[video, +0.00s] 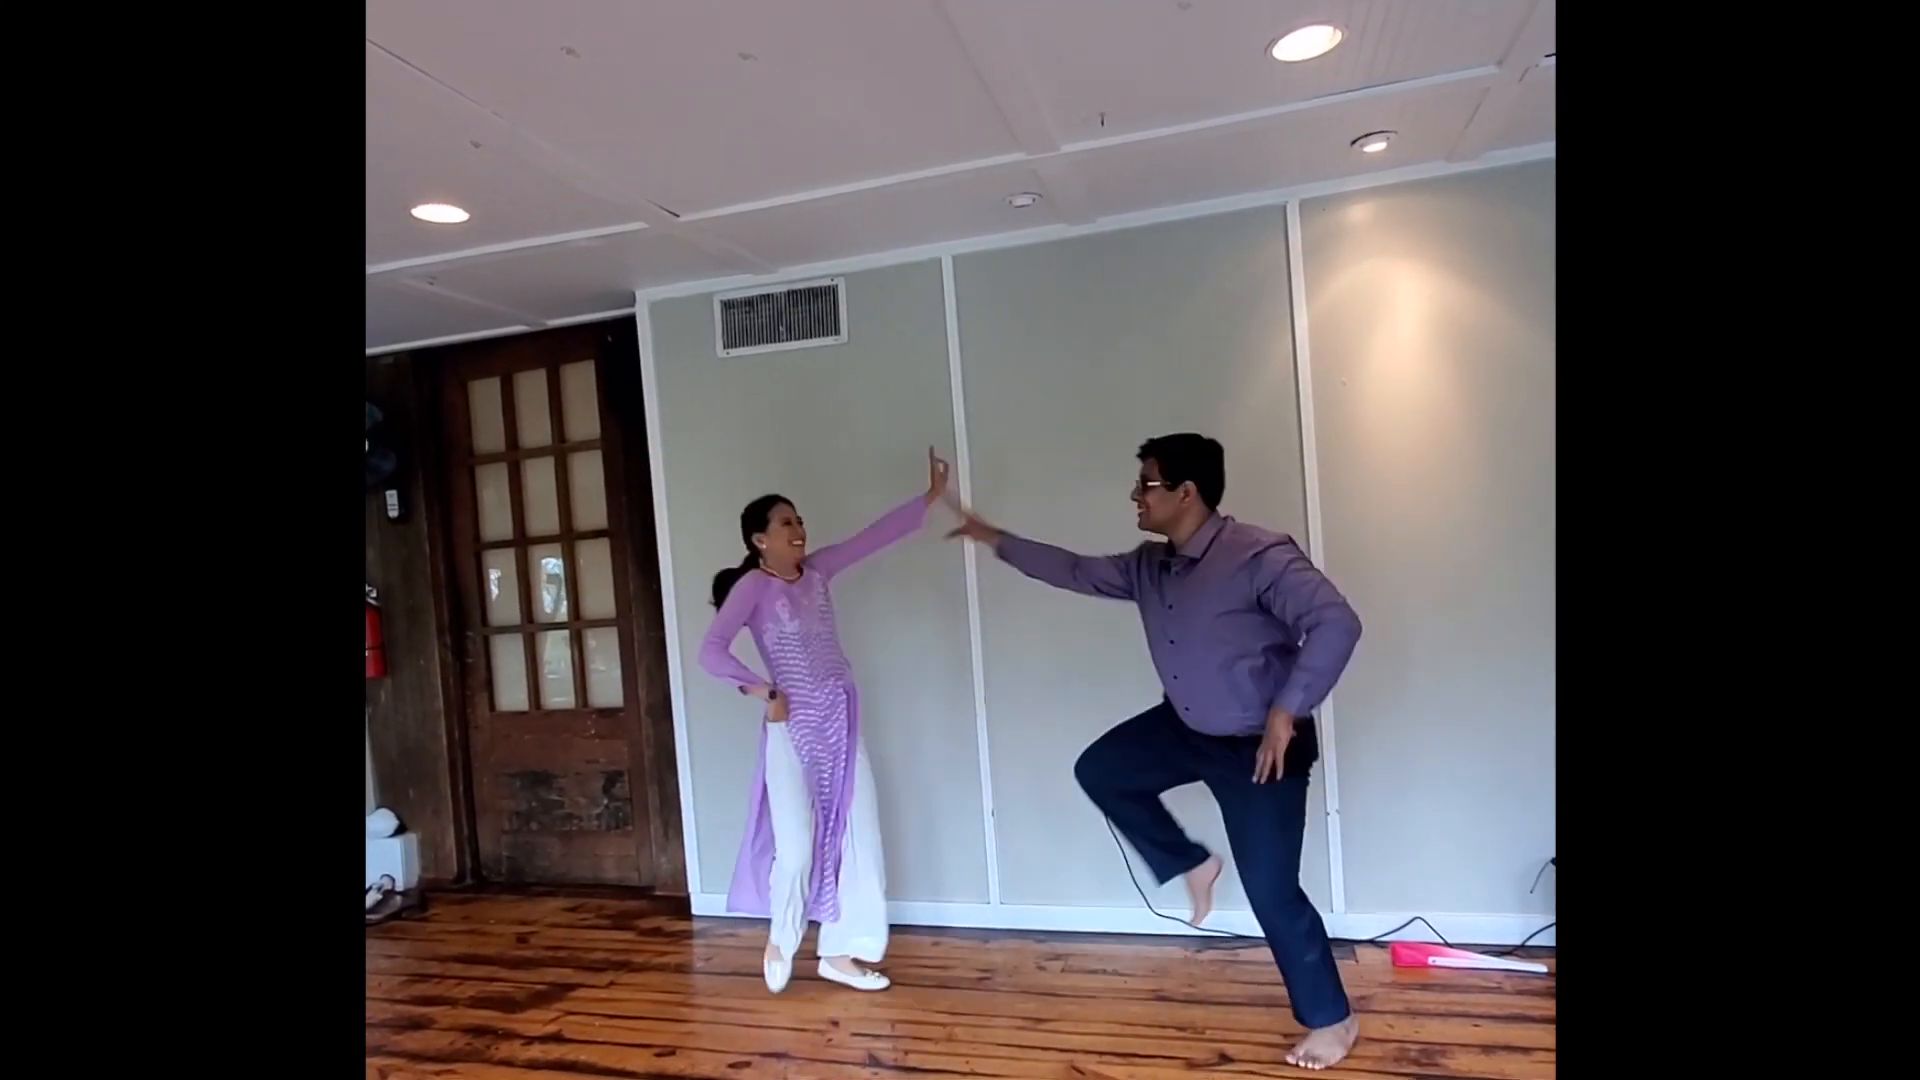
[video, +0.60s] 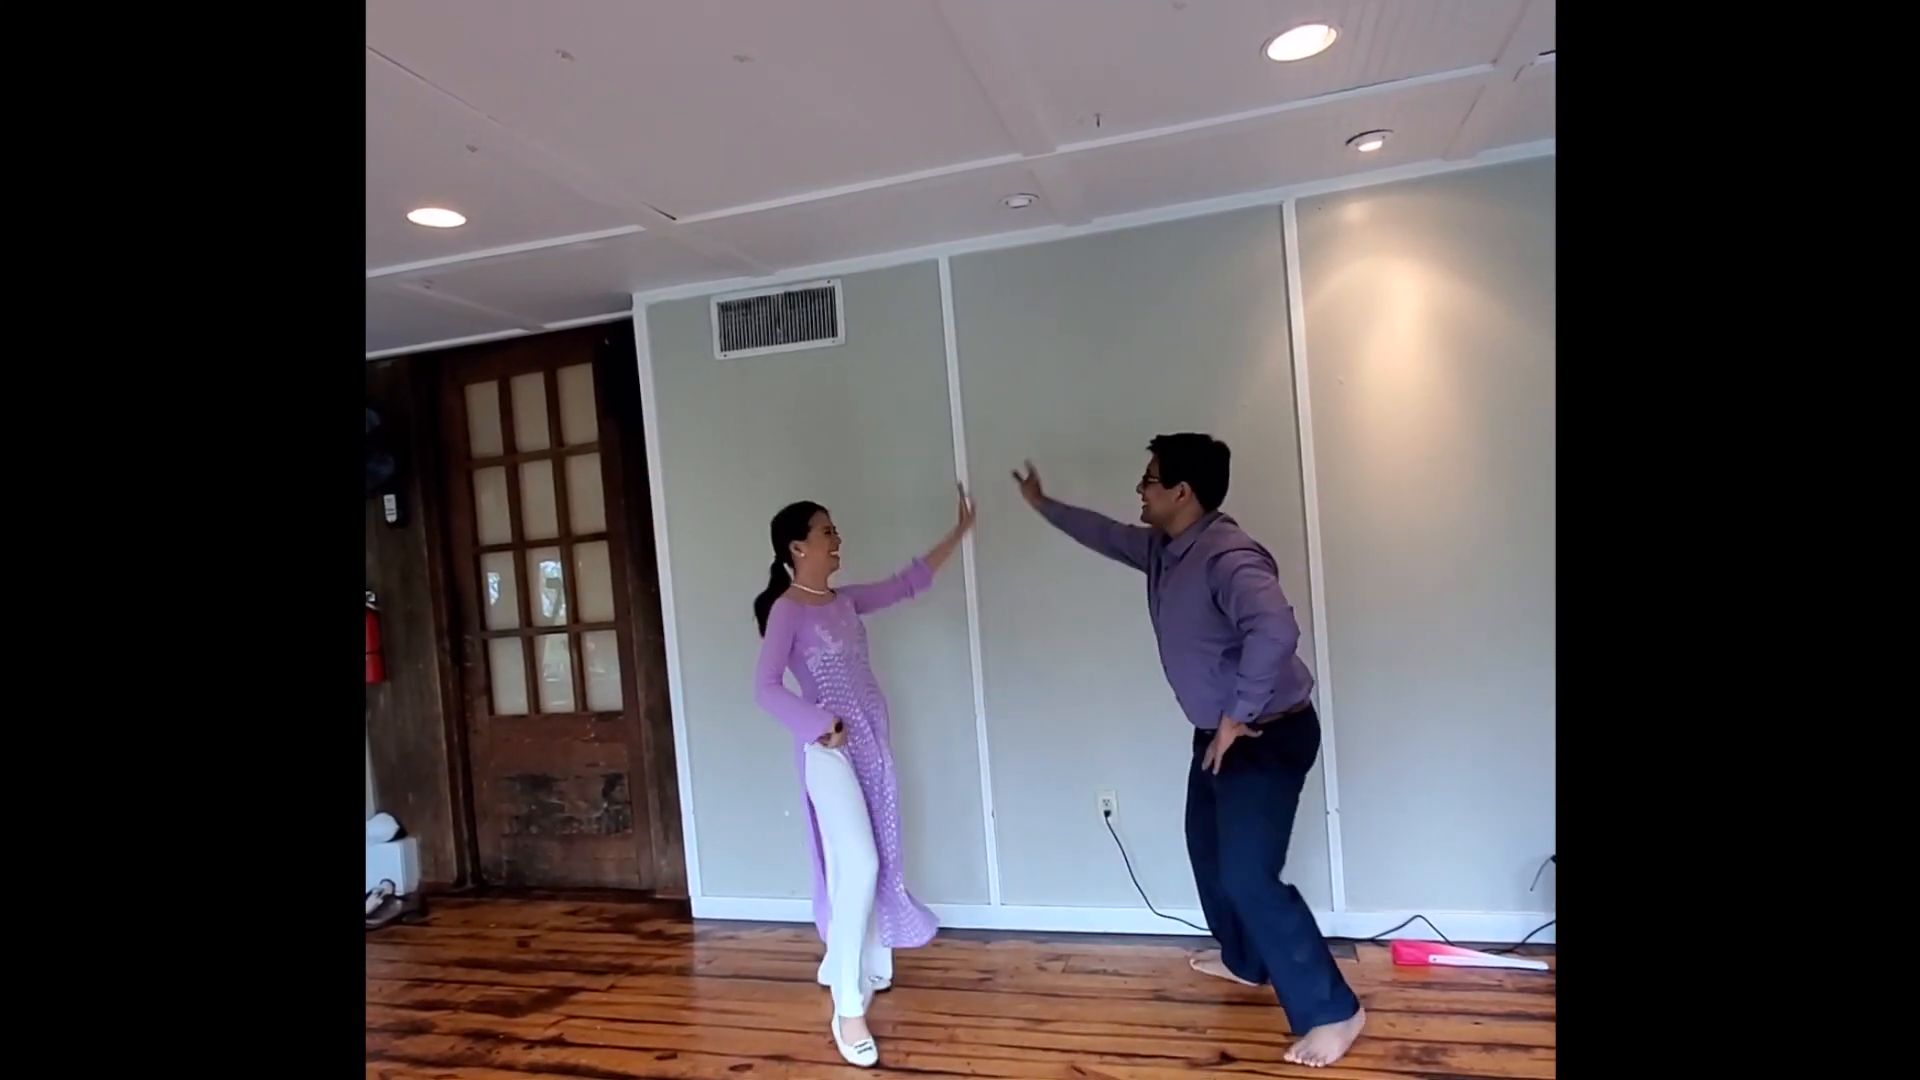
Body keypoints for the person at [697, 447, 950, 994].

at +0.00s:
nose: (799, 529)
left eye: (798, 521)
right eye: (787, 524)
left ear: (801, 532)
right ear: (760, 540)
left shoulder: (819, 571)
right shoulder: (752, 588)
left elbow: (876, 536)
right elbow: (710, 651)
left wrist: (930, 496)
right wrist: (764, 688)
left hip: (843, 720)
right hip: (791, 726)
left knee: (853, 835)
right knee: (798, 844)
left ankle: (835, 954)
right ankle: (781, 943)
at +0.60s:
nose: (839, 542)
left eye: (836, 534)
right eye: (827, 535)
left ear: (820, 547)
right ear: (795, 549)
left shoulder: (846, 599)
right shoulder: (788, 610)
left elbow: (908, 583)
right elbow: (765, 687)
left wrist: (959, 531)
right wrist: (816, 723)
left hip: (869, 744)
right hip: (830, 749)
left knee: (872, 854)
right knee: (858, 860)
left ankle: (846, 959)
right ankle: (849, 1005)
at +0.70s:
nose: (850, 559)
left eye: (850, 550)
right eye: (842, 550)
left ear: (828, 559)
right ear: (809, 557)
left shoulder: (849, 610)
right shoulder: (791, 618)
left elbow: (918, 622)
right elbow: (765, 693)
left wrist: (978, 596)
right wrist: (814, 733)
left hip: (867, 750)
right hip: (826, 757)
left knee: (876, 854)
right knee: (880, 852)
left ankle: (850, 962)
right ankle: (854, 996)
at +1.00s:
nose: (887, 562)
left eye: (890, 552)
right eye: (881, 551)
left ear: (863, 551)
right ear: (845, 546)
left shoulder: (880, 608)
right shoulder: (810, 602)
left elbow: (931, 664)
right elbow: (753, 668)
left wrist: (996, 689)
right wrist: (789, 735)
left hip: (870, 757)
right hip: (824, 758)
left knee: (871, 862)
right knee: (877, 877)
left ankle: (842, 951)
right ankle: (879, 1038)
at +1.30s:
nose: (913, 541)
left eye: (907, 534)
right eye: (900, 536)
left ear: (886, 559)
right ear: (871, 559)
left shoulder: (915, 628)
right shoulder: (842, 612)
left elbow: (953, 714)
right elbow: (765, 673)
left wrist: (996, 706)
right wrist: (796, 740)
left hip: (879, 777)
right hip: (827, 776)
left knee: (876, 898)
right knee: (879, 900)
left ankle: (779, 955)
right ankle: (884, 1053)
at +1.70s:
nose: (940, 552)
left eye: (935, 543)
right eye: (928, 545)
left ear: (904, 561)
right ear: (896, 560)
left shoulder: (929, 633)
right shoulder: (871, 623)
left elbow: (961, 712)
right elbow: (815, 700)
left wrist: (1024, 709)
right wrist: (857, 762)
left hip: (902, 783)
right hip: (862, 783)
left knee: (933, 891)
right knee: (916, 903)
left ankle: (841, 954)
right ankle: (881, 1050)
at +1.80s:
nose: (947, 554)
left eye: (944, 545)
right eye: (937, 547)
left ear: (915, 561)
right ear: (905, 561)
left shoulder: (936, 630)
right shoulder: (883, 620)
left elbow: (969, 704)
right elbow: (847, 696)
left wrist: (1044, 718)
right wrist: (881, 767)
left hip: (912, 780)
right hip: (872, 784)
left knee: (980, 871)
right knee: (918, 905)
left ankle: (913, 975)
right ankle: (890, 1052)